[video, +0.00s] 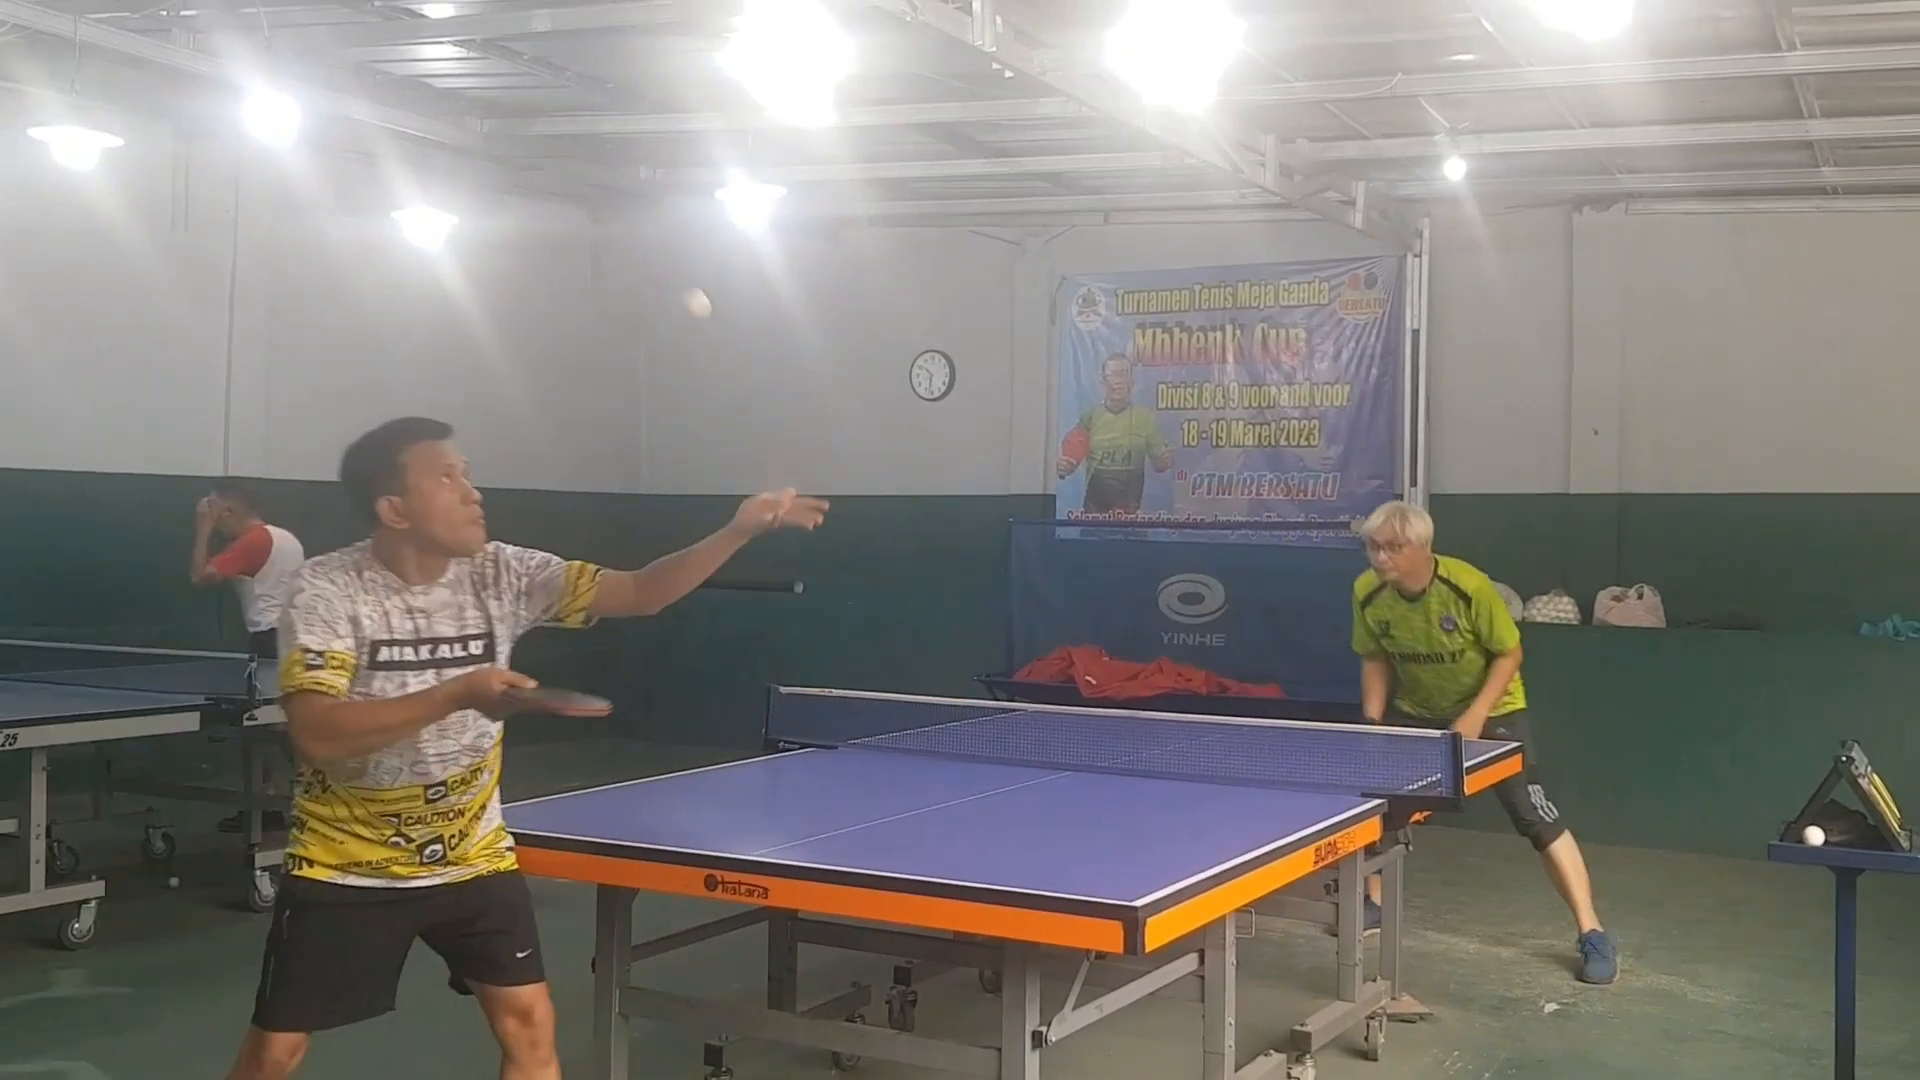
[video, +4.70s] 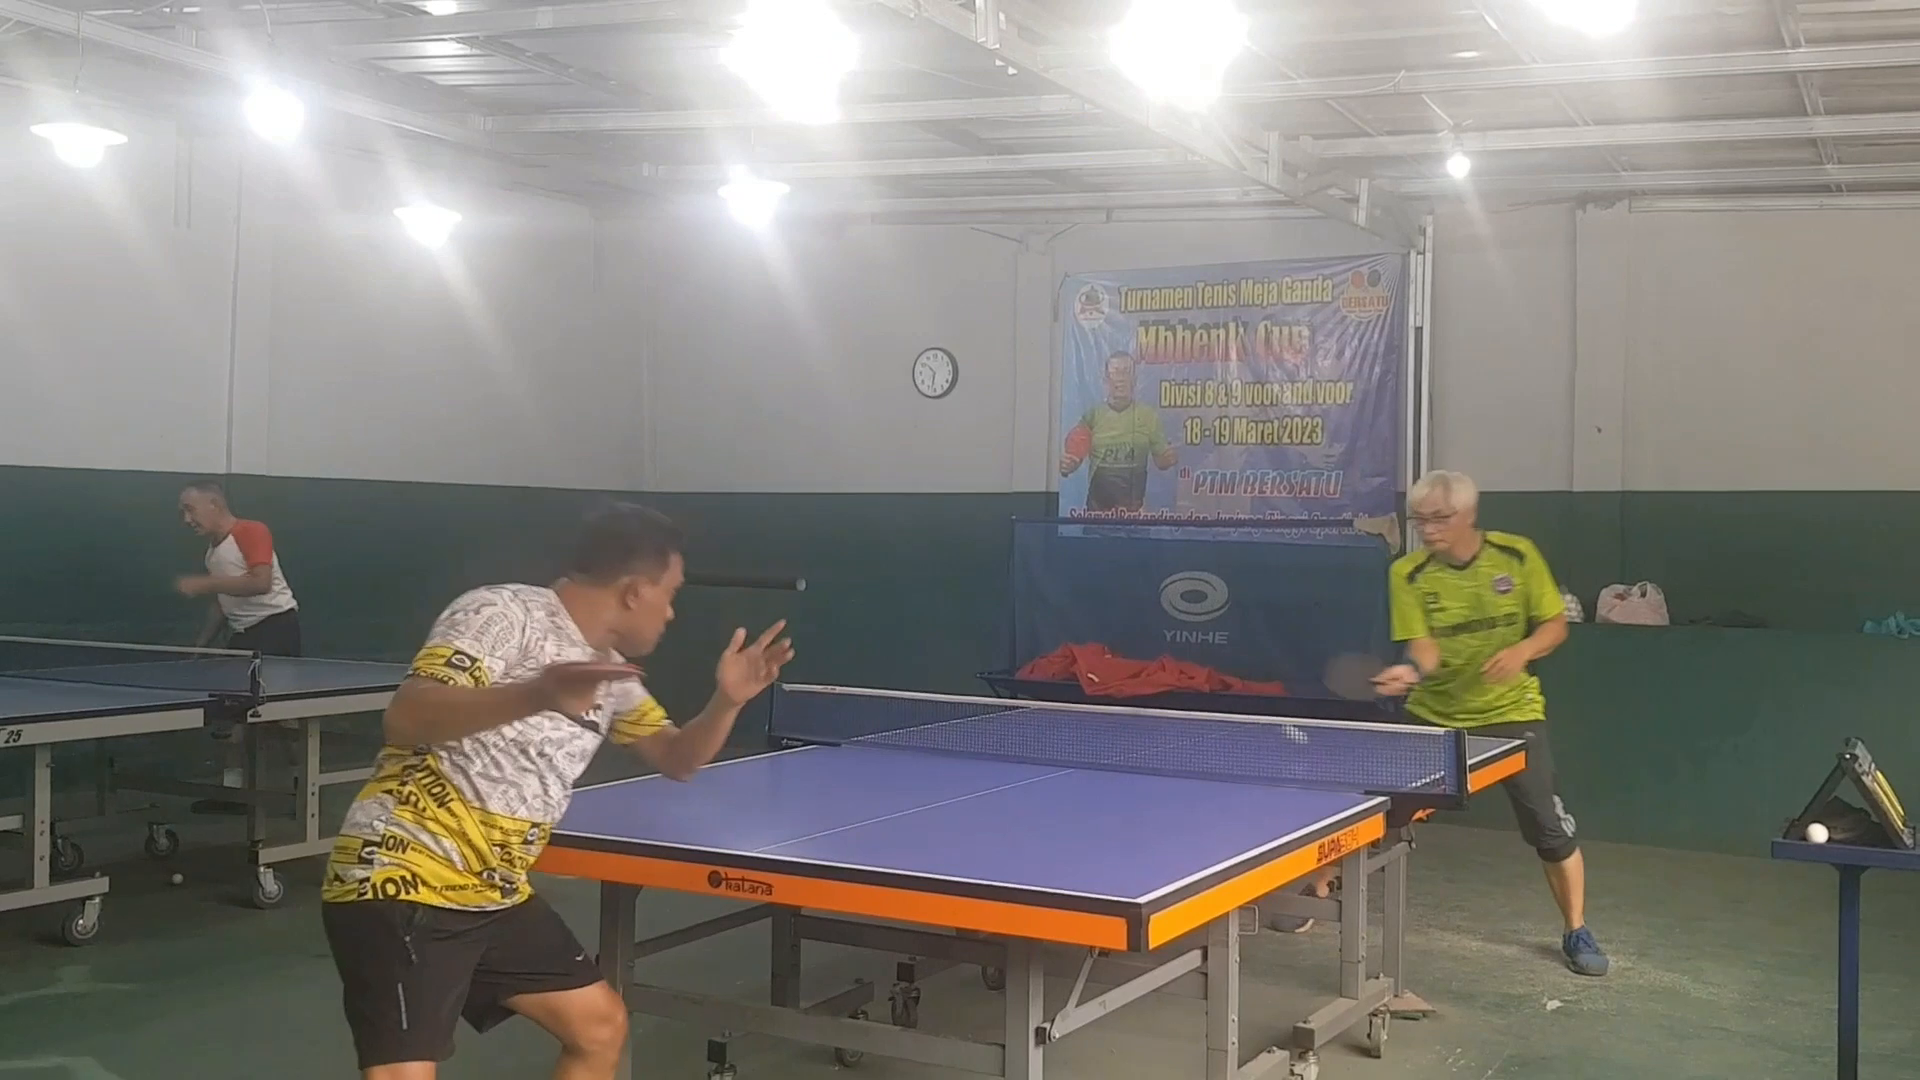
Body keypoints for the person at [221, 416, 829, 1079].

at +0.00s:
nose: (475, 490)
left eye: (469, 476)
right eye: (451, 478)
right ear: (392, 507)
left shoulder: (503, 575)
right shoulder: (326, 586)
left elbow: (638, 591)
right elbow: (317, 732)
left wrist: (742, 527)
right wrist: (458, 692)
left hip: (472, 852)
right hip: (344, 861)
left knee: (529, 1023)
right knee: (273, 1052)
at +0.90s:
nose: (451, 481)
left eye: (446, 466)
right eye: (427, 469)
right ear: (368, 501)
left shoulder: (480, 569)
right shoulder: (295, 572)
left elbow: (619, 599)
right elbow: (233, 696)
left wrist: (725, 563)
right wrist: (381, 686)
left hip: (432, 832)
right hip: (309, 845)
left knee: (523, 982)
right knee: (257, 1051)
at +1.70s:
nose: (487, 507)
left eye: (485, 489)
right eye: (467, 493)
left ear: (483, 501)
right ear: (403, 514)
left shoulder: (510, 581)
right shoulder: (327, 560)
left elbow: (642, 608)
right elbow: (192, 597)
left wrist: (742, 557)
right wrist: (320, 601)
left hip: (434, 828)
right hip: (316, 843)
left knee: (542, 962)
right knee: (257, 1051)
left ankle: (426, 1057)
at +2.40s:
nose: (564, 548)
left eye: (568, 529)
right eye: (547, 529)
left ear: (565, 530)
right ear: (487, 532)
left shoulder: (566, 602)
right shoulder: (411, 558)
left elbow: (689, 612)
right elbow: (290, 565)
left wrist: (719, 531)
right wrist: (411, 652)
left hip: (459, 844)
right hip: (346, 846)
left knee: (565, 996)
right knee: (267, 1054)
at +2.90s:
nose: (645, 601)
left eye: (650, 584)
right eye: (640, 578)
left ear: (592, 574)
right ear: (587, 569)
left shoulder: (599, 649)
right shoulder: (479, 583)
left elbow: (690, 665)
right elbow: (354, 634)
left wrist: (678, 543)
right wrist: (505, 638)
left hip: (495, 879)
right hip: (382, 876)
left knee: (597, 1030)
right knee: (316, 1065)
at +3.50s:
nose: (693, 641)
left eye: (698, 626)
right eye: (692, 621)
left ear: (646, 614)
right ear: (648, 612)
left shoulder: (632, 687)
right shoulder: (517, 615)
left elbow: (715, 746)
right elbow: (385, 695)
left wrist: (730, 635)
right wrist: (466, 613)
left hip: (510, 897)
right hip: (411, 886)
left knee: (618, 1035)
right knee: (383, 1072)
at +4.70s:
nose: (671, 616)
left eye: (674, 600)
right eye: (670, 598)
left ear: (626, 592)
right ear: (631, 591)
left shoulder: (607, 672)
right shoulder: (495, 613)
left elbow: (679, 758)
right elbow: (406, 717)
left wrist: (726, 702)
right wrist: (533, 695)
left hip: (490, 887)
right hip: (398, 878)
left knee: (600, 1027)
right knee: (402, 1075)